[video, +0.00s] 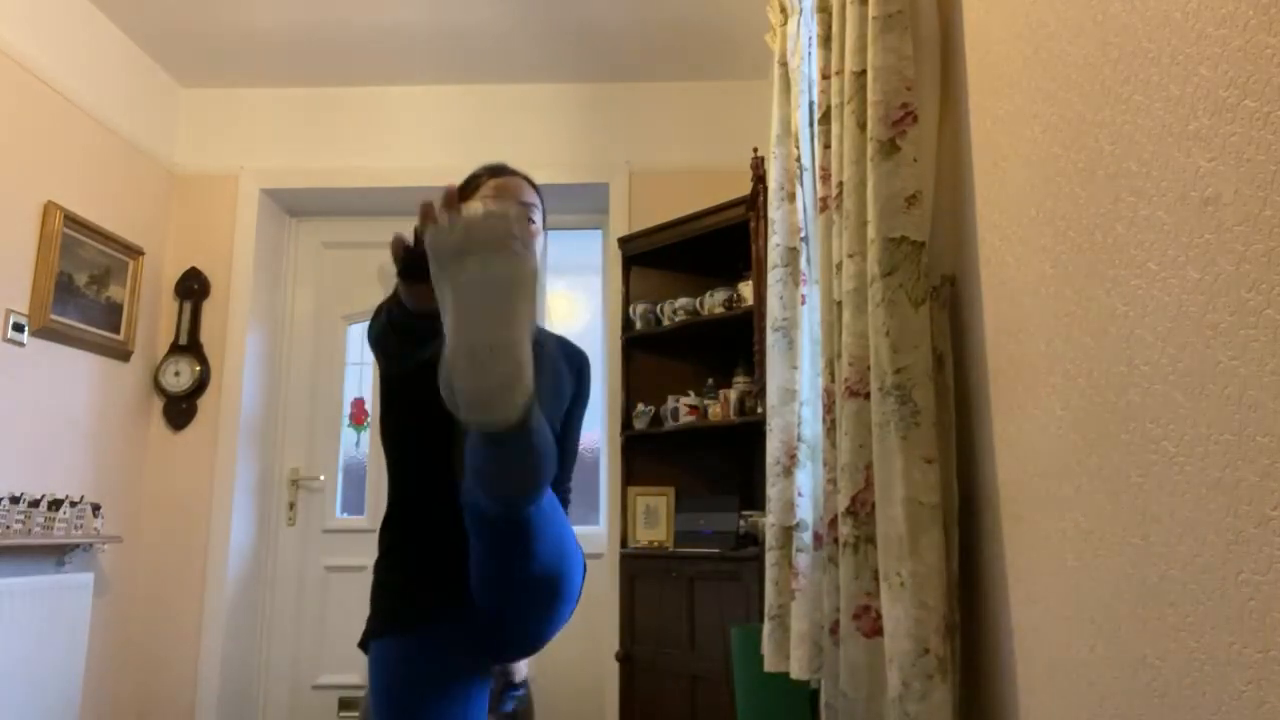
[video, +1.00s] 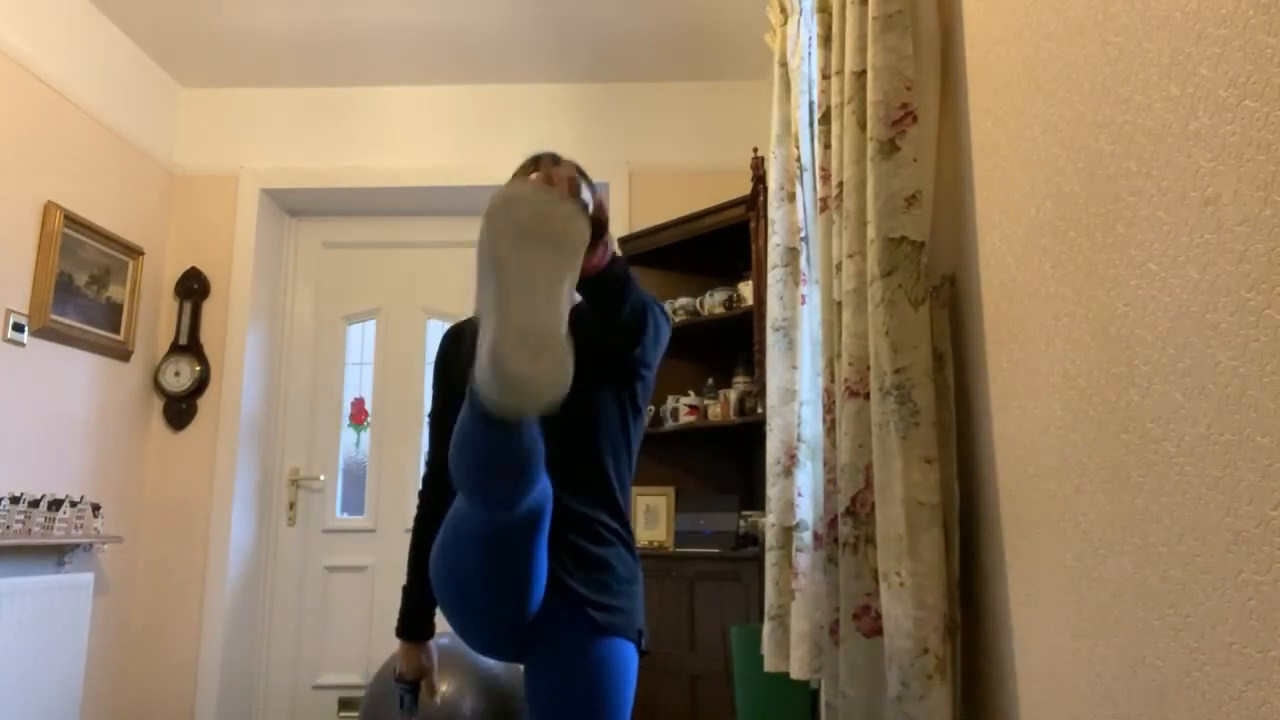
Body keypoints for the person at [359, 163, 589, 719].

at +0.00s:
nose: (515, 226)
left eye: (530, 216)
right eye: (496, 211)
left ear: (543, 238)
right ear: (459, 225)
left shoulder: (564, 359)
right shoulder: (408, 328)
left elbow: (554, 493)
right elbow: (395, 334)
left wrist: (517, 647)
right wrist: (417, 300)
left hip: (520, 602)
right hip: (419, 599)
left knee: (523, 509)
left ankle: (494, 411)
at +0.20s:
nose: (508, 212)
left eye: (525, 204)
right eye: (488, 197)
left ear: (539, 234)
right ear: (450, 222)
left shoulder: (568, 343)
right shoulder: (401, 310)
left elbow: (574, 474)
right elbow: (369, 372)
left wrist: (570, 565)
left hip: (535, 551)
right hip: (424, 558)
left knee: (520, 656)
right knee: (408, 707)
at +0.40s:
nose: (515, 213)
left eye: (533, 204)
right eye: (495, 200)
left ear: (550, 234)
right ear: (460, 227)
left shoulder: (588, 335)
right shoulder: (410, 327)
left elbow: (614, 475)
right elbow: (360, 461)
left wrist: (628, 611)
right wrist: (309, 591)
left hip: (554, 618)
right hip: (429, 614)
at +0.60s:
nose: (541, 219)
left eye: (558, 208)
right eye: (521, 205)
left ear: (579, 239)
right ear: (491, 235)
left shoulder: (624, 334)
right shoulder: (446, 335)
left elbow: (667, 439)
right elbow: (402, 482)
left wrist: (690, 551)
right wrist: (358, 621)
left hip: (588, 597)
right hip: (470, 597)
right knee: (458, 708)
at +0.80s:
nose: (552, 221)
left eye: (570, 208)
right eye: (532, 207)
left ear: (595, 235)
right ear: (505, 234)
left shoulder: (634, 316)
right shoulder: (465, 337)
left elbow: (660, 360)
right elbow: (437, 480)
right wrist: (404, 621)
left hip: (592, 597)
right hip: (486, 594)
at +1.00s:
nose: (546, 220)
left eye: (563, 206)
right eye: (530, 206)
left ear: (593, 228)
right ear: (505, 222)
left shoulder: (631, 323)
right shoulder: (465, 340)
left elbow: (632, 325)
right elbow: (438, 487)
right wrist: (414, 630)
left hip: (593, 598)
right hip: (484, 600)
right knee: (497, 501)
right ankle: (507, 392)